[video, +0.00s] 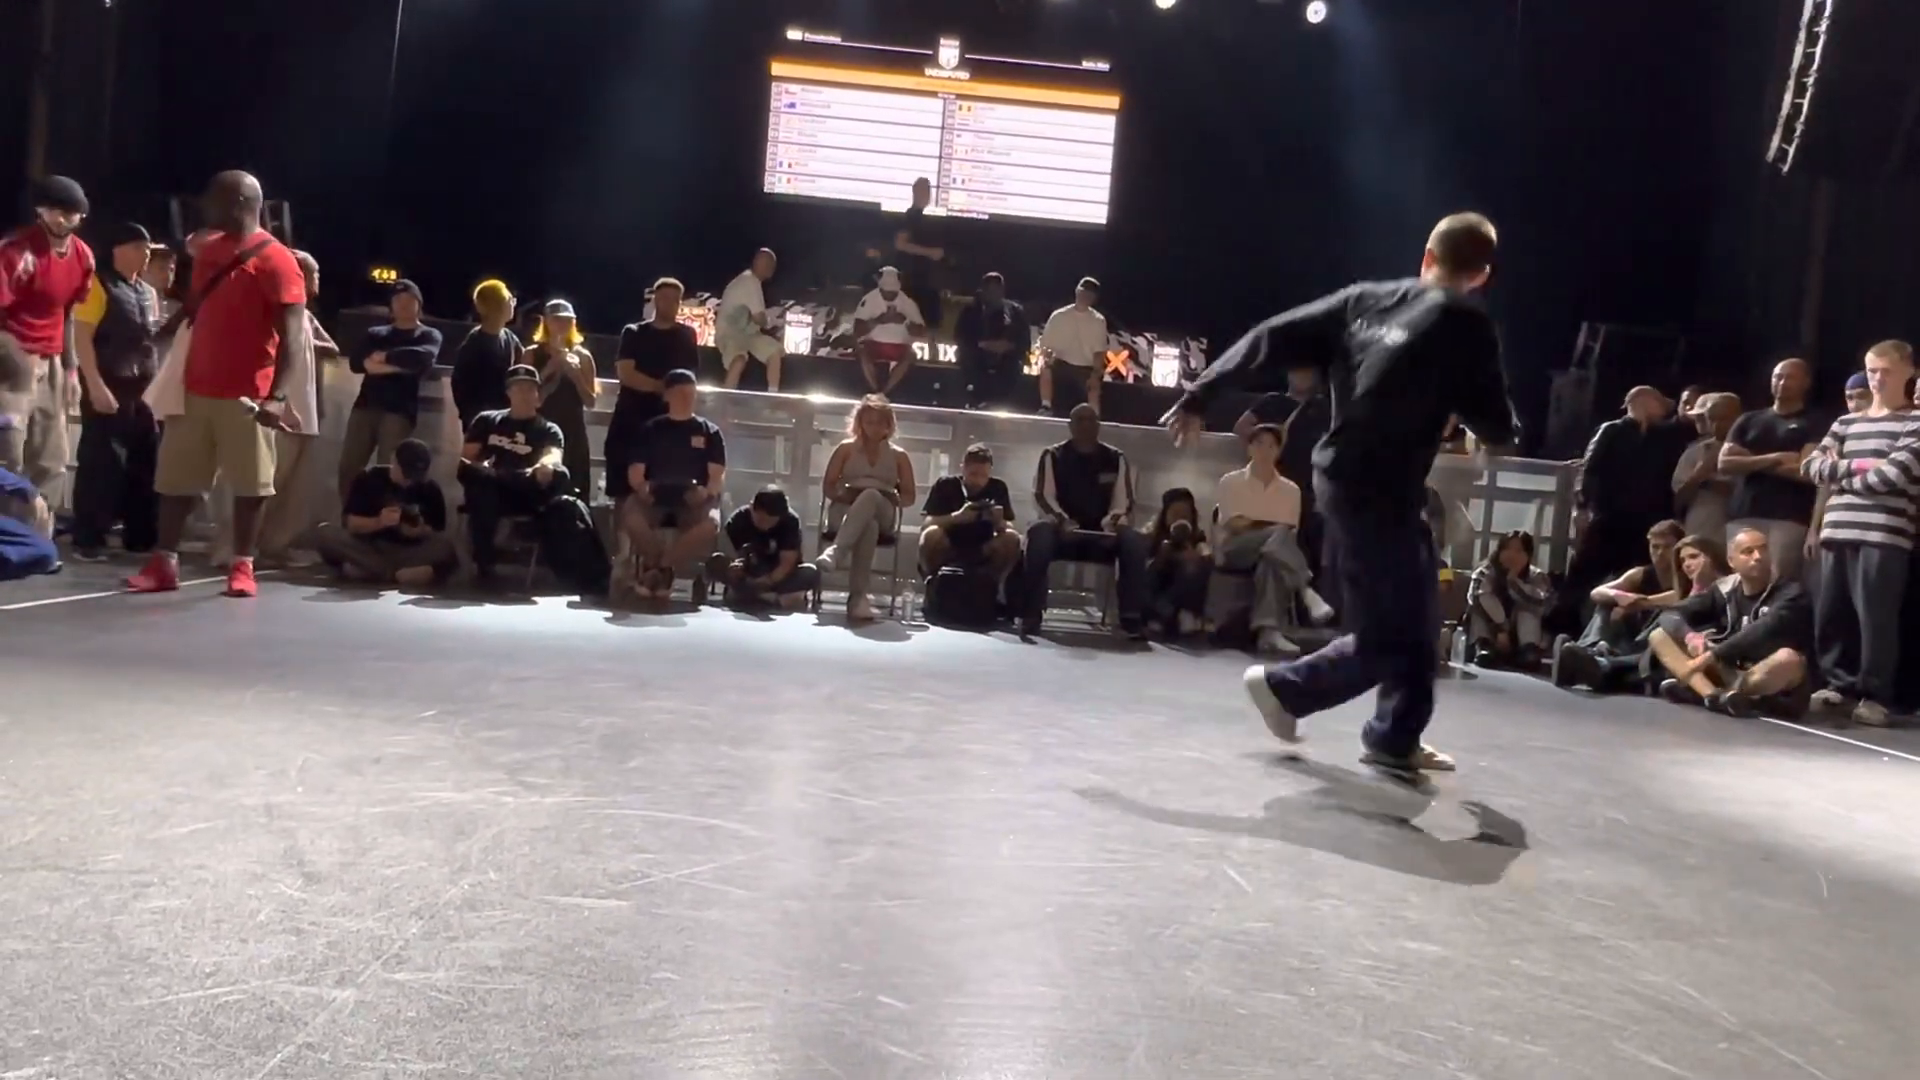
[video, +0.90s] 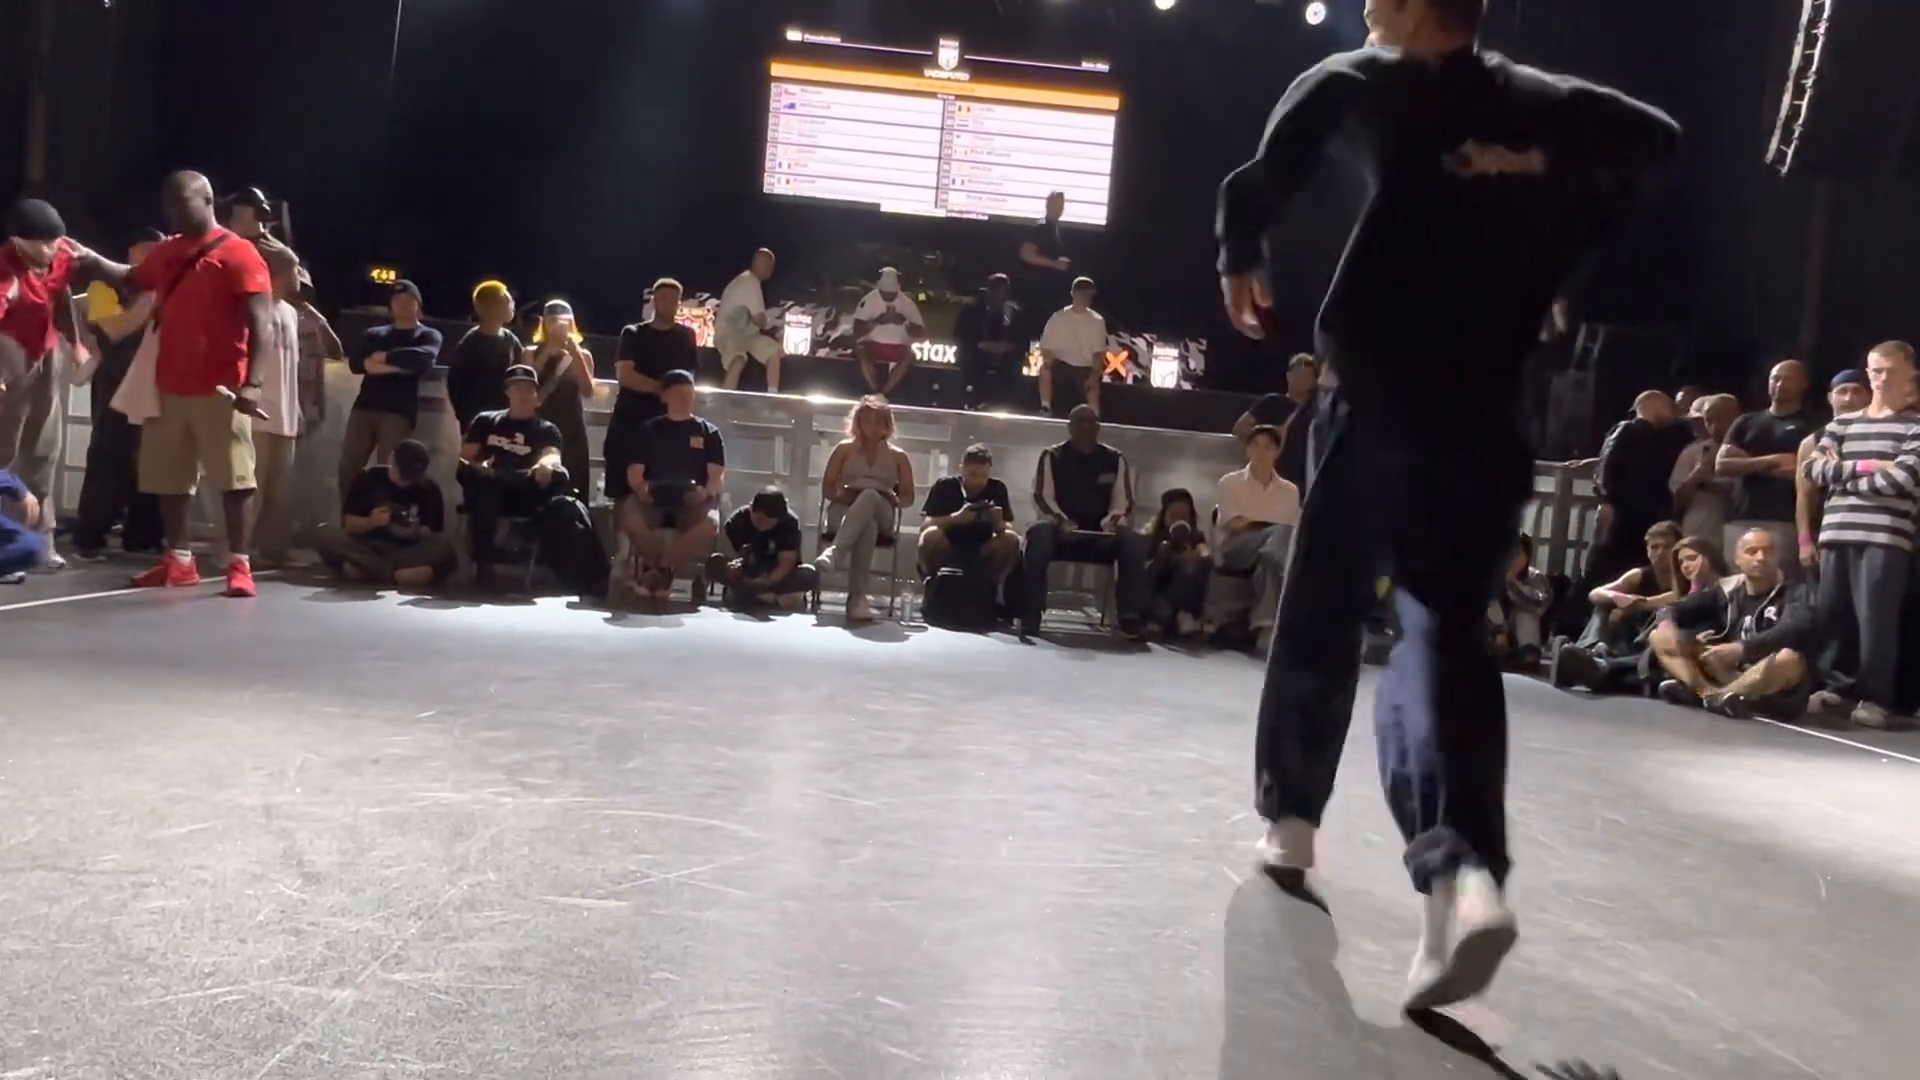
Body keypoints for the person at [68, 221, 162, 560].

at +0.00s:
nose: (145, 256)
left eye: (147, 249)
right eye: (139, 249)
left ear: (145, 254)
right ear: (118, 250)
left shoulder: (148, 292)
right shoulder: (98, 288)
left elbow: (151, 340)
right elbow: (82, 338)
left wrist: (156, 387)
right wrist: (96, 386)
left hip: (144, 387)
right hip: (108, 386)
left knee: (143, 463)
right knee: (100, 462)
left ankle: (140, 535)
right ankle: (89, 536)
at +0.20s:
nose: (148, 258)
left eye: (150, 251)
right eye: (141, 250)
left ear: (149, 256)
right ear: (120, 253)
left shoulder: (153, 294)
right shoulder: (105, 292)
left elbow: (164, 339)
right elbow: (93, 341)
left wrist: (166, 381)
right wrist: (106, 384)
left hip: (152, 386)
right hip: (117, 385)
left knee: (146, 464)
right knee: (106, 461)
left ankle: (142, 536)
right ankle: (90, 536)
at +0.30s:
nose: (153, 257)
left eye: (154, 251)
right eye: (145, 251)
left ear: (154, 256)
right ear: (125, 255)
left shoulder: (159, 293)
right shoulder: (111, 292)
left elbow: (175, 336)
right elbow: (95, 339)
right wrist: (110, 385)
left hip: (157, 386)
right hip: (121, 386)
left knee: (149, 465)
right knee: (109, 462)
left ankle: (143, 536)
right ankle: (91, 535)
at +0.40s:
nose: (154, 257)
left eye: (156, 250)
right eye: (145, 250)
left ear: (161, 255)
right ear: (125, 254)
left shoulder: (165, 293)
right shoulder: (111, 289)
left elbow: (177, 340)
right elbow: (98, 336)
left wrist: (173, 380)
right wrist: (112, 384)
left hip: (158, 387)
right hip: (120, 387)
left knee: (150, 464)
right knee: (110, 461)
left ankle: (143, 536)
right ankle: (92, 535)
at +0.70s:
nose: (160, 257)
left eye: (162, 251)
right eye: (152, 250)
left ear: (165, 256)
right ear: (130, 252)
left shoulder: (163, 292)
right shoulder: (108, 287)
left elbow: (169, 338)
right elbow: (97, 344)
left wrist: (165, 365)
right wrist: (141, 365)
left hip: (151, 380)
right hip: (114, 379)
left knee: (148, 458)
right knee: (110, 455)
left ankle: (143, 534)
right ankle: (92, 534)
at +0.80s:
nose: (155, 257)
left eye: (160, 251)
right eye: (150, 250)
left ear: (165, 254)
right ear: (132, 251)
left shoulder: (162, 289)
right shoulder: (107, 285)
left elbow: (171, 330)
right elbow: (98, 336)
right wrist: (149, 331)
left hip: (153, 380)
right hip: (114, 380)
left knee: (149, 457)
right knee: (109, 456)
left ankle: (143, 534)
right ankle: (91, 534)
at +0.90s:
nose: (150, 259)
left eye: (156, 253)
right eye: (145, 252)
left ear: (163, 256)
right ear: (130, 252)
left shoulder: (166, 287)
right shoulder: (104, 285)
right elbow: (115, 328)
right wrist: (151, 298)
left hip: (154, 381)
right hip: (115, 381)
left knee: (149, 457)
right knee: (108, 455)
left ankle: (143, 534)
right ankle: (91, 533)